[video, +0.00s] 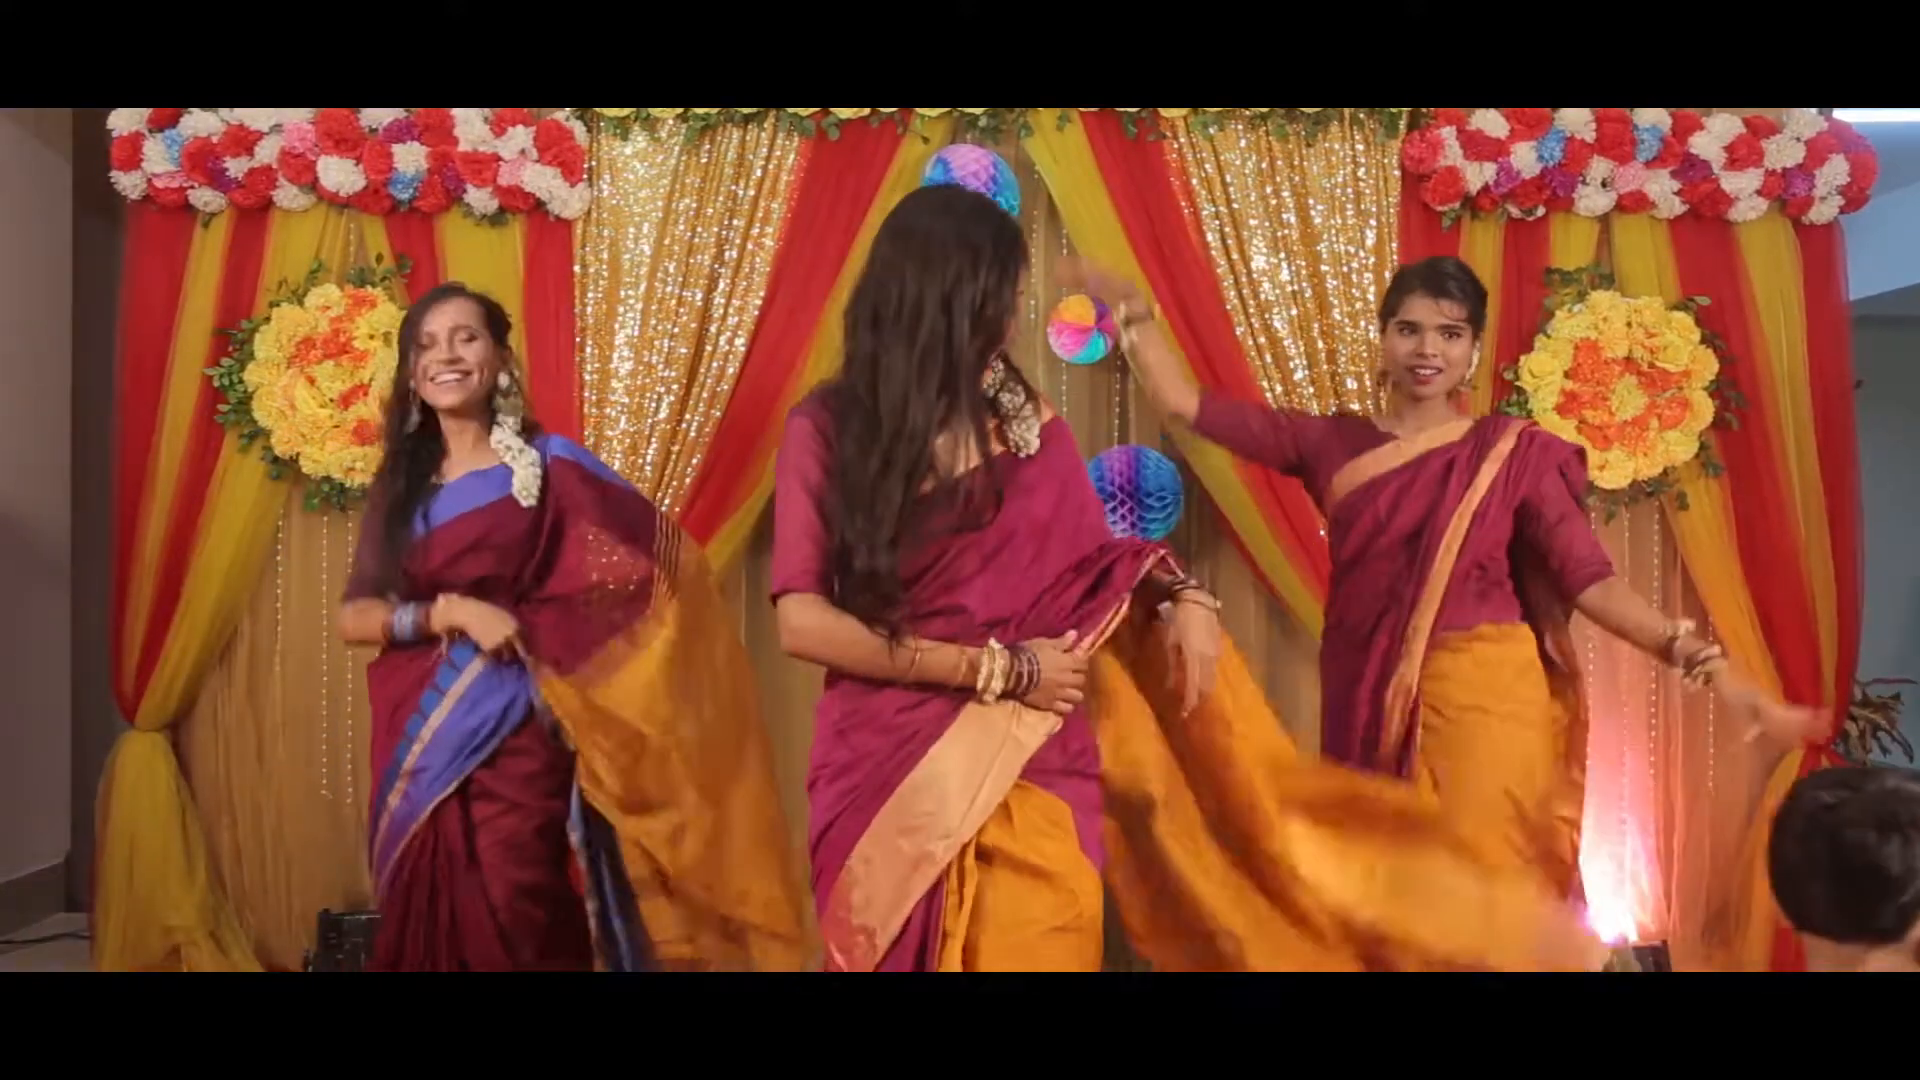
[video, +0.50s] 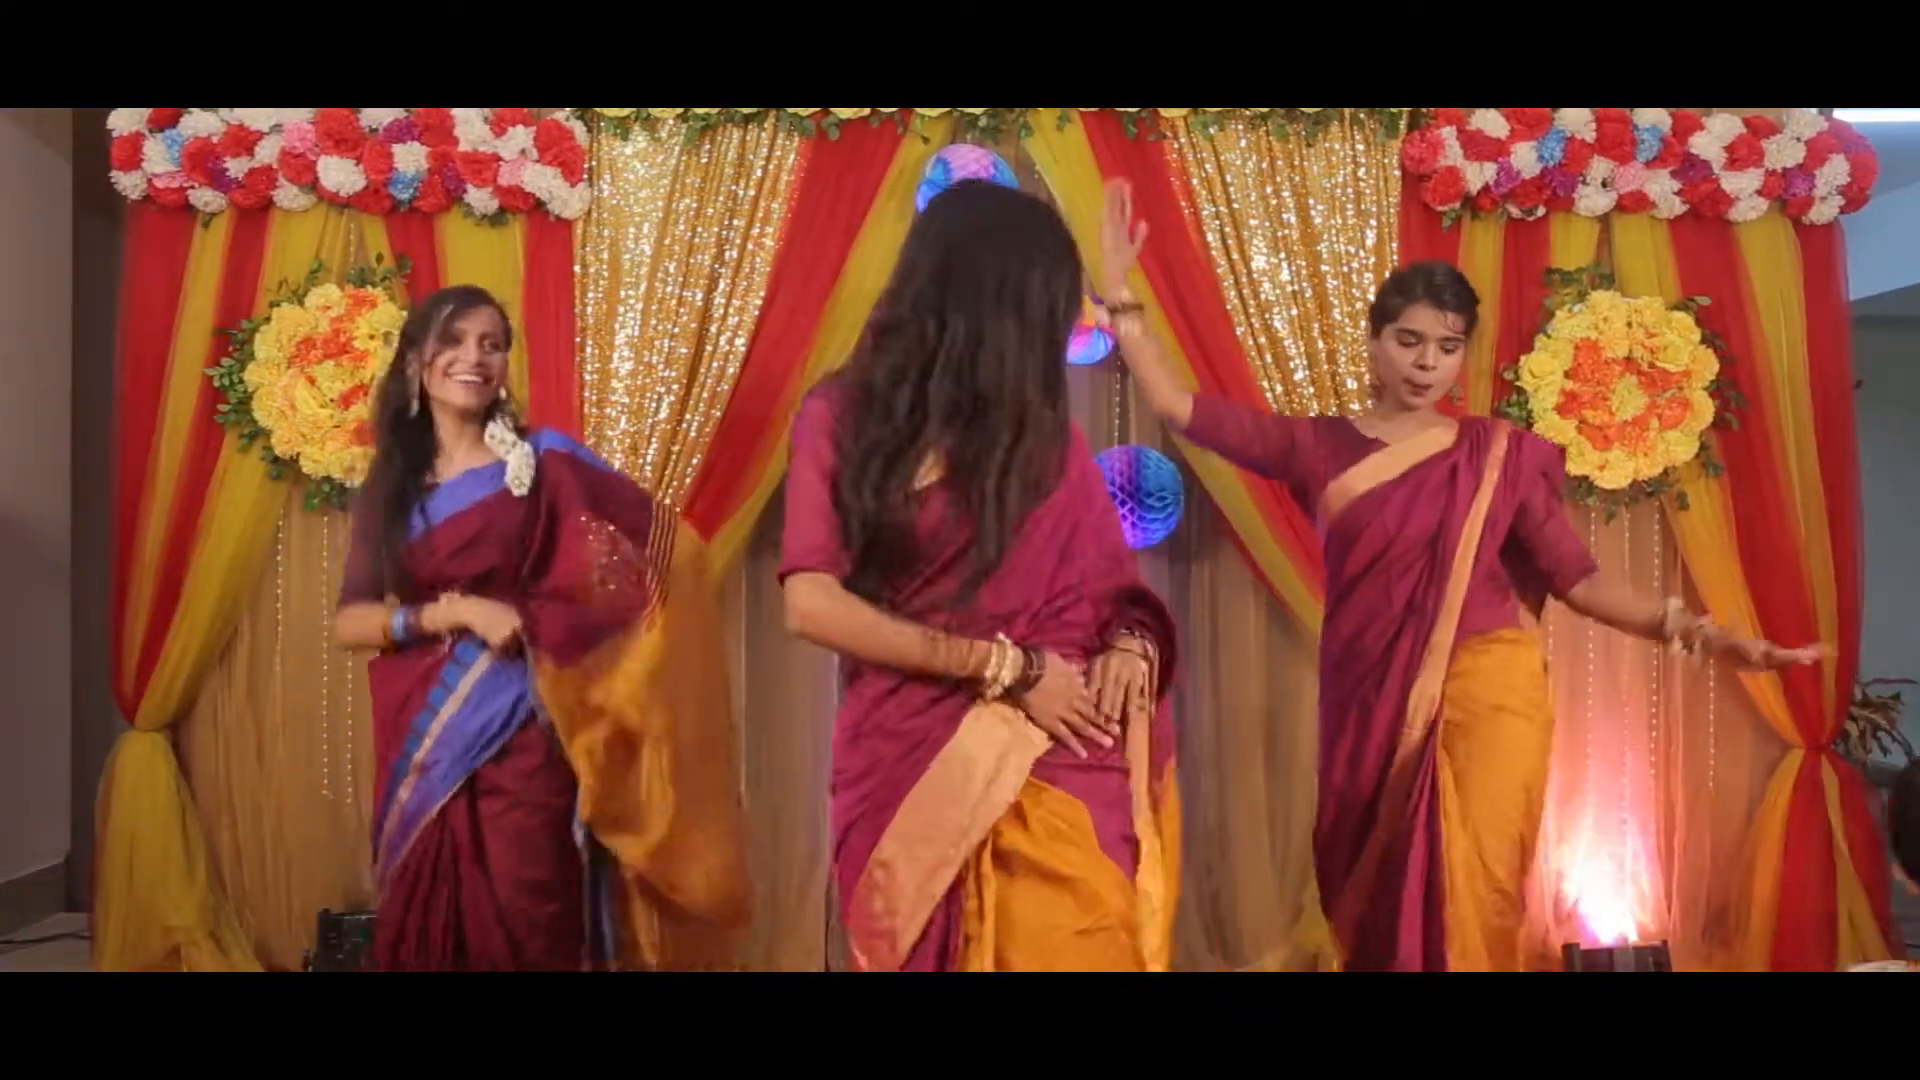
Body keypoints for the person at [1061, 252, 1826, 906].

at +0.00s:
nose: (1426, 348)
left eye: (1447, 333)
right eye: (1408, 330)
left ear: (1475, 351)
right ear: (1379, 343)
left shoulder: (1516, 450)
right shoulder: (1334, 442)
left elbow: (1586, 576)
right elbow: (1192, 409)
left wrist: (1665, 637)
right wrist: (1133, 313)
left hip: (1485, 688)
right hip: (1368, 702)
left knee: (1473, 888)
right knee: (1374, 896)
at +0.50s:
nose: (1427, 361)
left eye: (1447, 346)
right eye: (1409, 339)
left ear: (1467, 356)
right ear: (1372, 342)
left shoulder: (1506, 455)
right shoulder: (1321, 445)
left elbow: (1578, 578)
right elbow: (1180, 411)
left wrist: (1689, 627)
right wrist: (1123, 302)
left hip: (1487, 694)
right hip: (1370, 711)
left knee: (1467, 908)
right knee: (1366, 917)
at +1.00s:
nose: (1420, 373)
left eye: (1436, 357)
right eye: (1402, 352)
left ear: (1452, 359)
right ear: (1357, 346)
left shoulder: (1474, 458)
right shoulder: (1298, 439)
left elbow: (1553, 578)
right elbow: (1155, 379)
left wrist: (1684, 635)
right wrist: (1080, 273)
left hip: (1479, 682)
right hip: (1360, 695)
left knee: (1494, 893)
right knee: (1365, 900)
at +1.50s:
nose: (1397, 362)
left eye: (1415, 347)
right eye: (1380, 342)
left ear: (1436, 354)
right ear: (1346, 341)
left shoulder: (1471, 454)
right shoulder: (1298, 440)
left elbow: (1533, 583)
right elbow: (1166, 378)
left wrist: (1650, 642)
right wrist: (1100, 280)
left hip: (1467, 684)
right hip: (1352, 695)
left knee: (1476, 896)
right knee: (1365, 897)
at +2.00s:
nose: (1391, 363)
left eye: (1411, 347)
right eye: (1374, 342)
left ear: (1433, 350)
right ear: (1344, 340)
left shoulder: (1475, 453)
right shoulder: (1298, 448)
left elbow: (1524, 593)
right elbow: (1141, 425)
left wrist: (1629, 659)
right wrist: (1094, 319)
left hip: (1479, 689)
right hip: (1359, 701)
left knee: (1487, 892)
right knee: (1371, 900)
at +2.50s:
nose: (1398, 385)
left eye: (1417, 367)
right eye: (1380, 363)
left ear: (1439, 364)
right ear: (1345, 354)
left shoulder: (1476, 459)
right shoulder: (1292, 447)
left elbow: (1541, 583)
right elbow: (1153, 411)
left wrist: (1641, 642)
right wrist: (1127, 316)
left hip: (1466, 691)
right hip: (1350, 702)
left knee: (1471, 895)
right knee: (1362, 902)